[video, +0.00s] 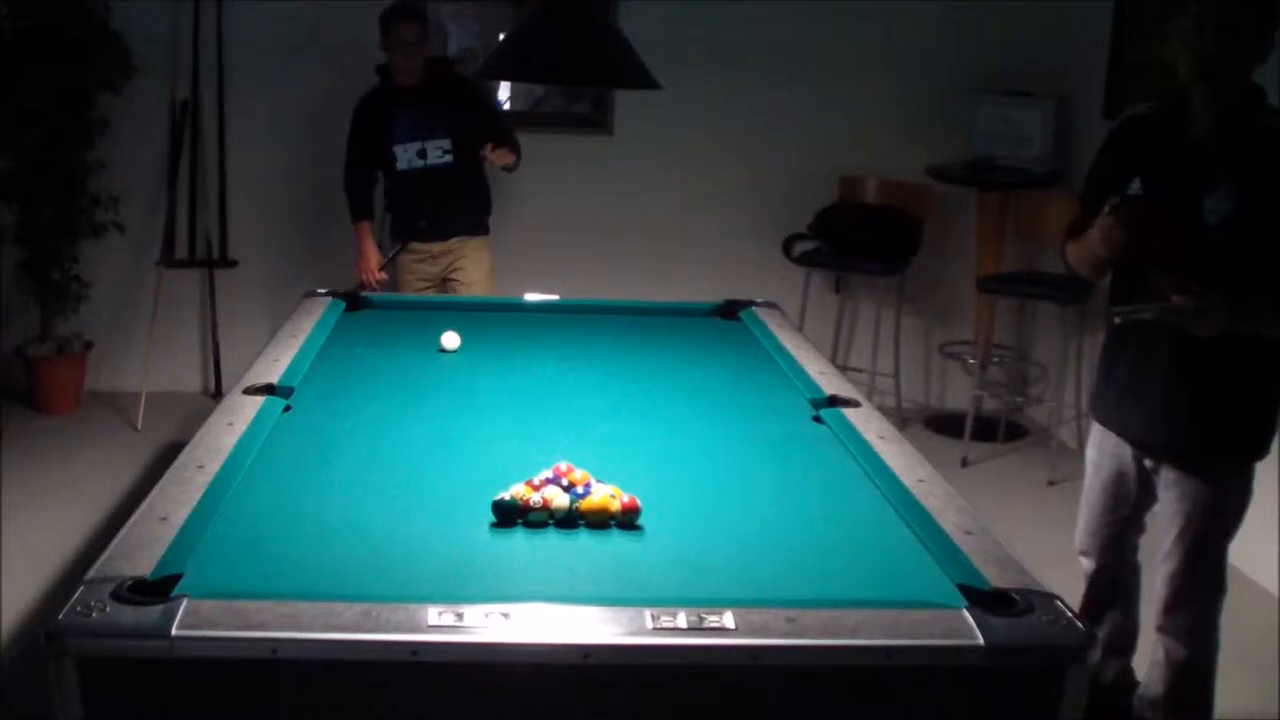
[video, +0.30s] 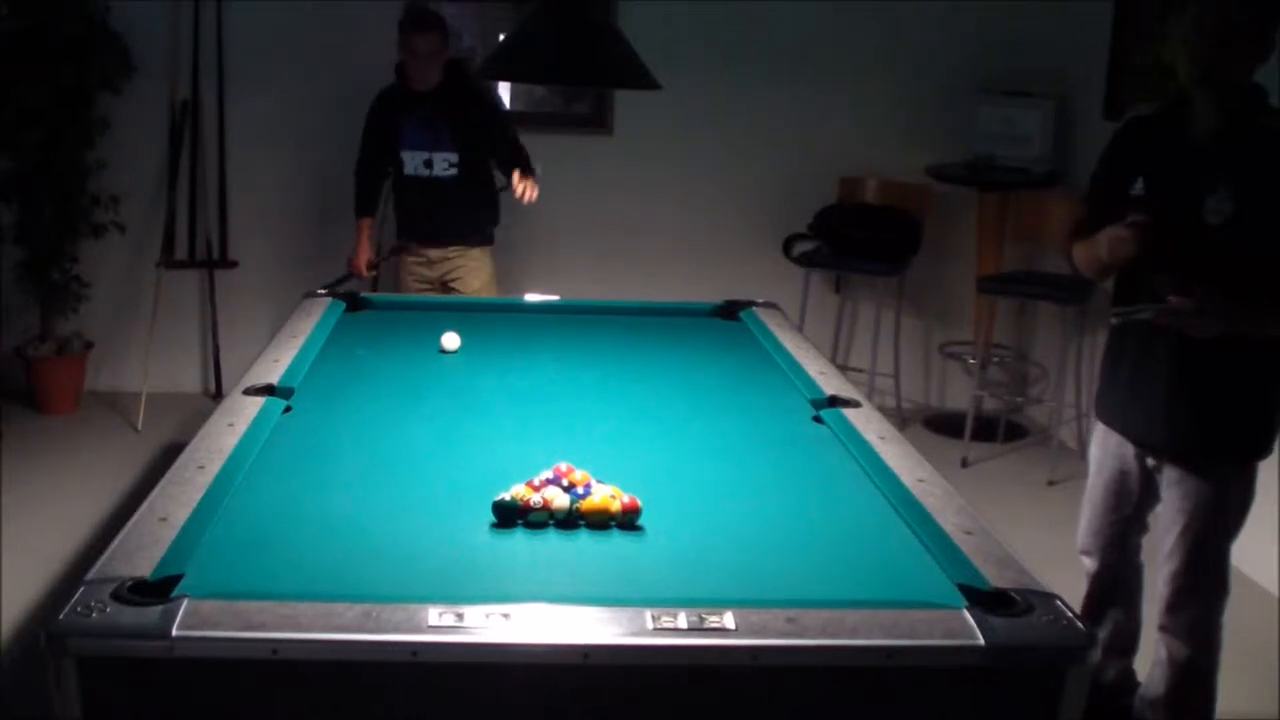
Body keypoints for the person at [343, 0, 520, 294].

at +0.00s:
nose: (409, 53)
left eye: (417, 43)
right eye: (400, 45)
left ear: (429, 43)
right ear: (385, 46)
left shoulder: (459, 90)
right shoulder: (374, 106)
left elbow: (508, 146)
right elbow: (358, 178)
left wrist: (503, 155)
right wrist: (366, 244)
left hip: (467, 244)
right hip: (411, 249)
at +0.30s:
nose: (423, 61)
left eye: (431, 52)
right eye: (414, 52)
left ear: (445, 50)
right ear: (401, 52)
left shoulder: (472, 95)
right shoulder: (389, 103)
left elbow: (504, 139)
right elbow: (369, 172)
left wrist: (521, 172)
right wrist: (363, 240)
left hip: (470, 252)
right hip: (413, 253)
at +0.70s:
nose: (444, 124)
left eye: (454, 115)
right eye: (437, 113)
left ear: (469, 110)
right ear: (426, 105)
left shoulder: (485, 140)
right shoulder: (413, 118)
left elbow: (499, 219)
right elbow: (401, 161)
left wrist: (476, 285)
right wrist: (396, 206)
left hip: (476, 257)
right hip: (429, 246)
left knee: (473, 345)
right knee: (425, 340)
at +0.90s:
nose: (441, 151)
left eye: (450, 141)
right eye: (434, 140)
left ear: (465, 132)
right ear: (423, 130)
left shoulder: (484, 158)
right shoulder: (410, 134)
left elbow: (490, 241)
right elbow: (402, 166)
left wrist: (461, 300)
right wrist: (401, 201)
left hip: (479, 243)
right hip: (437, 237)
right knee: (431, 311)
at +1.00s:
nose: (436, 161)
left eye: (446, 152)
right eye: (429, 150)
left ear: (462, 142)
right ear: (419, 140)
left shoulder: (480, 165)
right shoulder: (407, 143)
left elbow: (488, 249)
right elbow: (402, 178)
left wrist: (460, 303)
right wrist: (402, 216)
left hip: (479, 241)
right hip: (437, 236)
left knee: (480, 318)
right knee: (434, 310)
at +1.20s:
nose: (431, 182)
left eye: (440, 173)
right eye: (423, 172)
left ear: (455, 159)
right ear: (413, 161)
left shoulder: (473, 180)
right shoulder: (401, 155)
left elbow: (491, 257)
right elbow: (399, 187)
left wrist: (460, 304)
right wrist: (402, 227)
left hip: (473, 247)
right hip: (434, 242)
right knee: (433, 313)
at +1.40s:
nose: (426, 201)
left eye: (435, 192)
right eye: (419, 192)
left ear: (450, 175)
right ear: (406, 180)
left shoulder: (469, 193)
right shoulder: (403, 161)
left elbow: (488, 261)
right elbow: (388, 149)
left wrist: (459, 305)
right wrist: (395, 211)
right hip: (432, 243)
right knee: (430, 311)